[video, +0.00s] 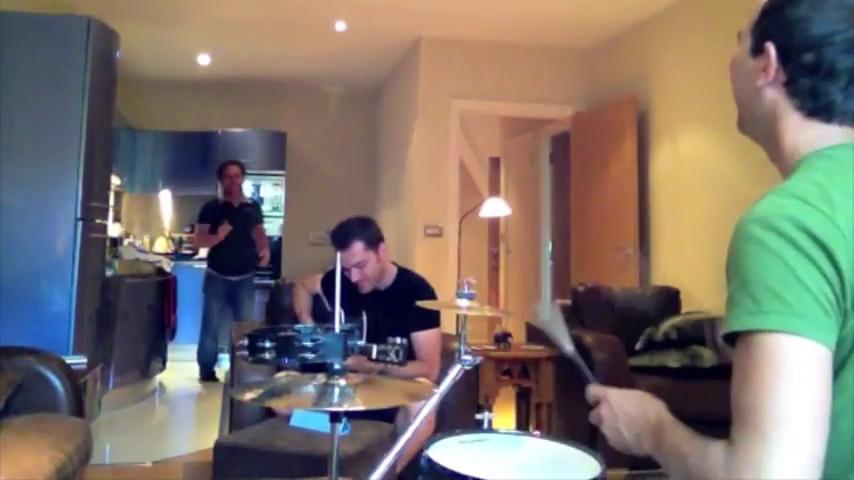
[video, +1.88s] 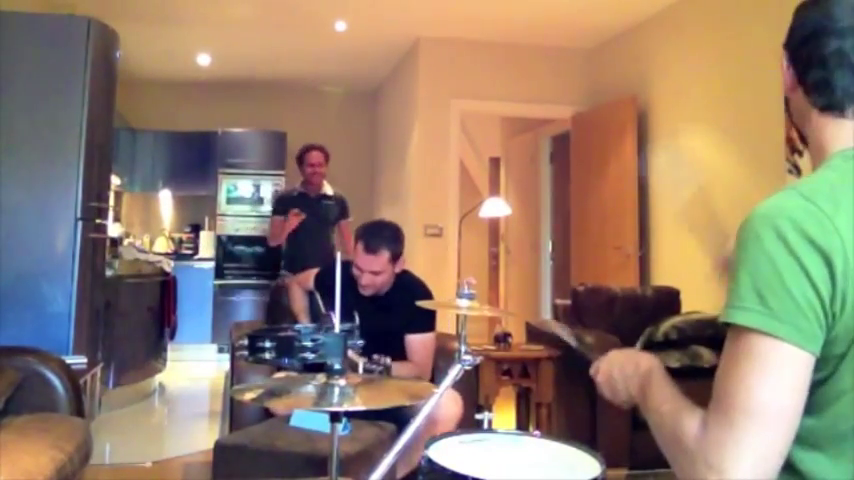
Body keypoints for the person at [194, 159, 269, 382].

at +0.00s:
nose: (234, 181)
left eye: (237, 177)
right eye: (229, 177)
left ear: (243, 179)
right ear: (221, 181)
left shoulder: (252, 208)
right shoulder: (211, 208)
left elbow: (259, 233)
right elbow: (199, 240)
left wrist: (264, 249)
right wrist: (217, 237)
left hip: (245, 276)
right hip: (217, 276)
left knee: (247, 323)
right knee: (213, 324)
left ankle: (244, 367)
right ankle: (207, 367)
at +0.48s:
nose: (258, 178)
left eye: (261, 173)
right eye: (253, 173)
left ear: (267, 175)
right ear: (245, 176)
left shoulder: (277, 204)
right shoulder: (233, 203)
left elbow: (285, 231)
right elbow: (221, 239)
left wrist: (284, 245)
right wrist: (235, 234)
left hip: (270, 271)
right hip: (242, 270)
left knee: (269, 322)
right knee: (247, 321)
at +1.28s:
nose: (282, 173)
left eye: (285, 168)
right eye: (276, 168)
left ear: (292, 170)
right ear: (266, 171)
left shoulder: (298, 200)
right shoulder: (253, 200)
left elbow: (306, 233)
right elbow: (240, 238)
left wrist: (313, 265)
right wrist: (267, 234)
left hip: (287, 274)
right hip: (260, 273)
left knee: (288, 324)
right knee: (262, 324)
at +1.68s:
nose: (304, 173)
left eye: (308, 168)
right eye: (299, 168)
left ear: (314, 171)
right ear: (288, 171)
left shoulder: (322, 203)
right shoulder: (273, 201)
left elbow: (328, 240)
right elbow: (259, 241)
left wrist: (332, 270)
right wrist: (284, 238)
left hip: (312, 279)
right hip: (277, 278)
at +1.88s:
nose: (316, 170)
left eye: (320, 165)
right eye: (310, 165)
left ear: (326, 168)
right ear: (301, 168)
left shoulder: (337, 201)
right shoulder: (286, 200)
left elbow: (346, 240)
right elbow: (273, 240)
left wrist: (350, 267)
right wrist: (288, 226)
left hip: (325, 276)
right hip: (293, 277)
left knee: (328, 327)